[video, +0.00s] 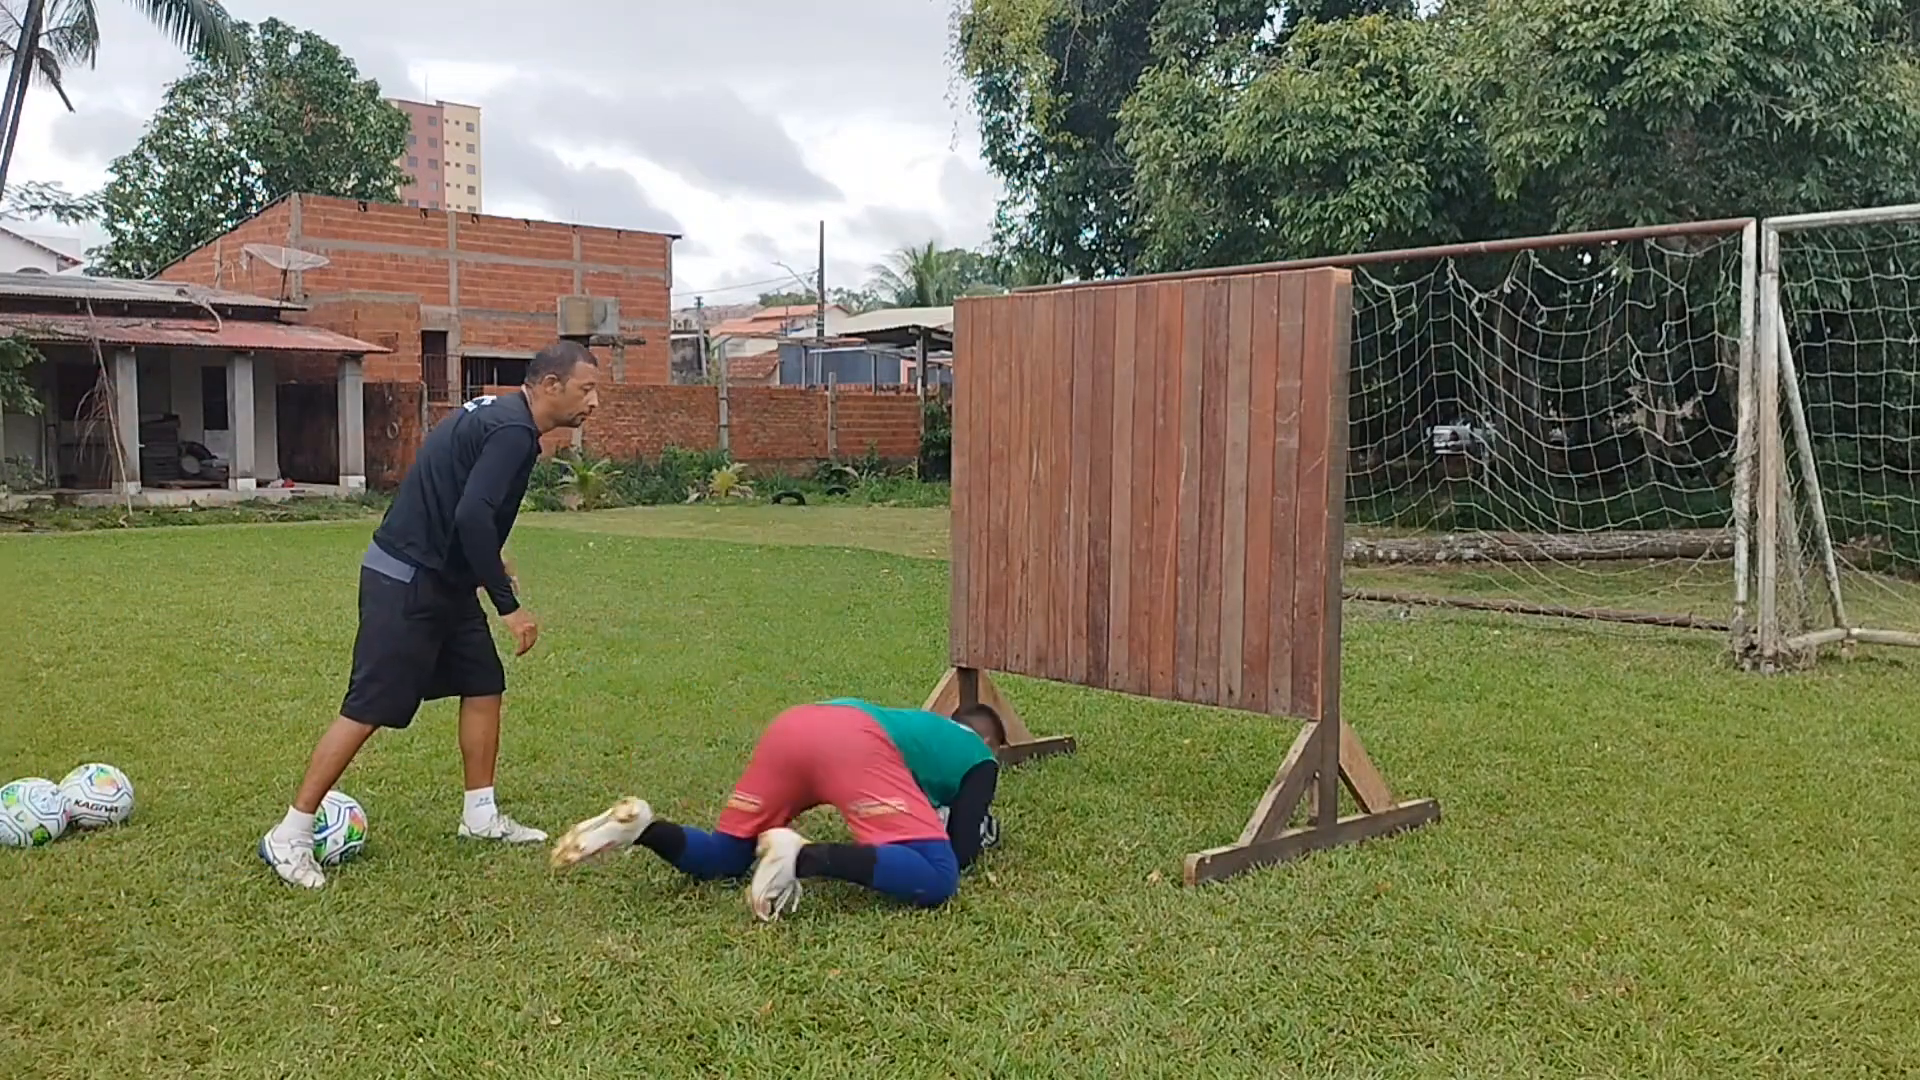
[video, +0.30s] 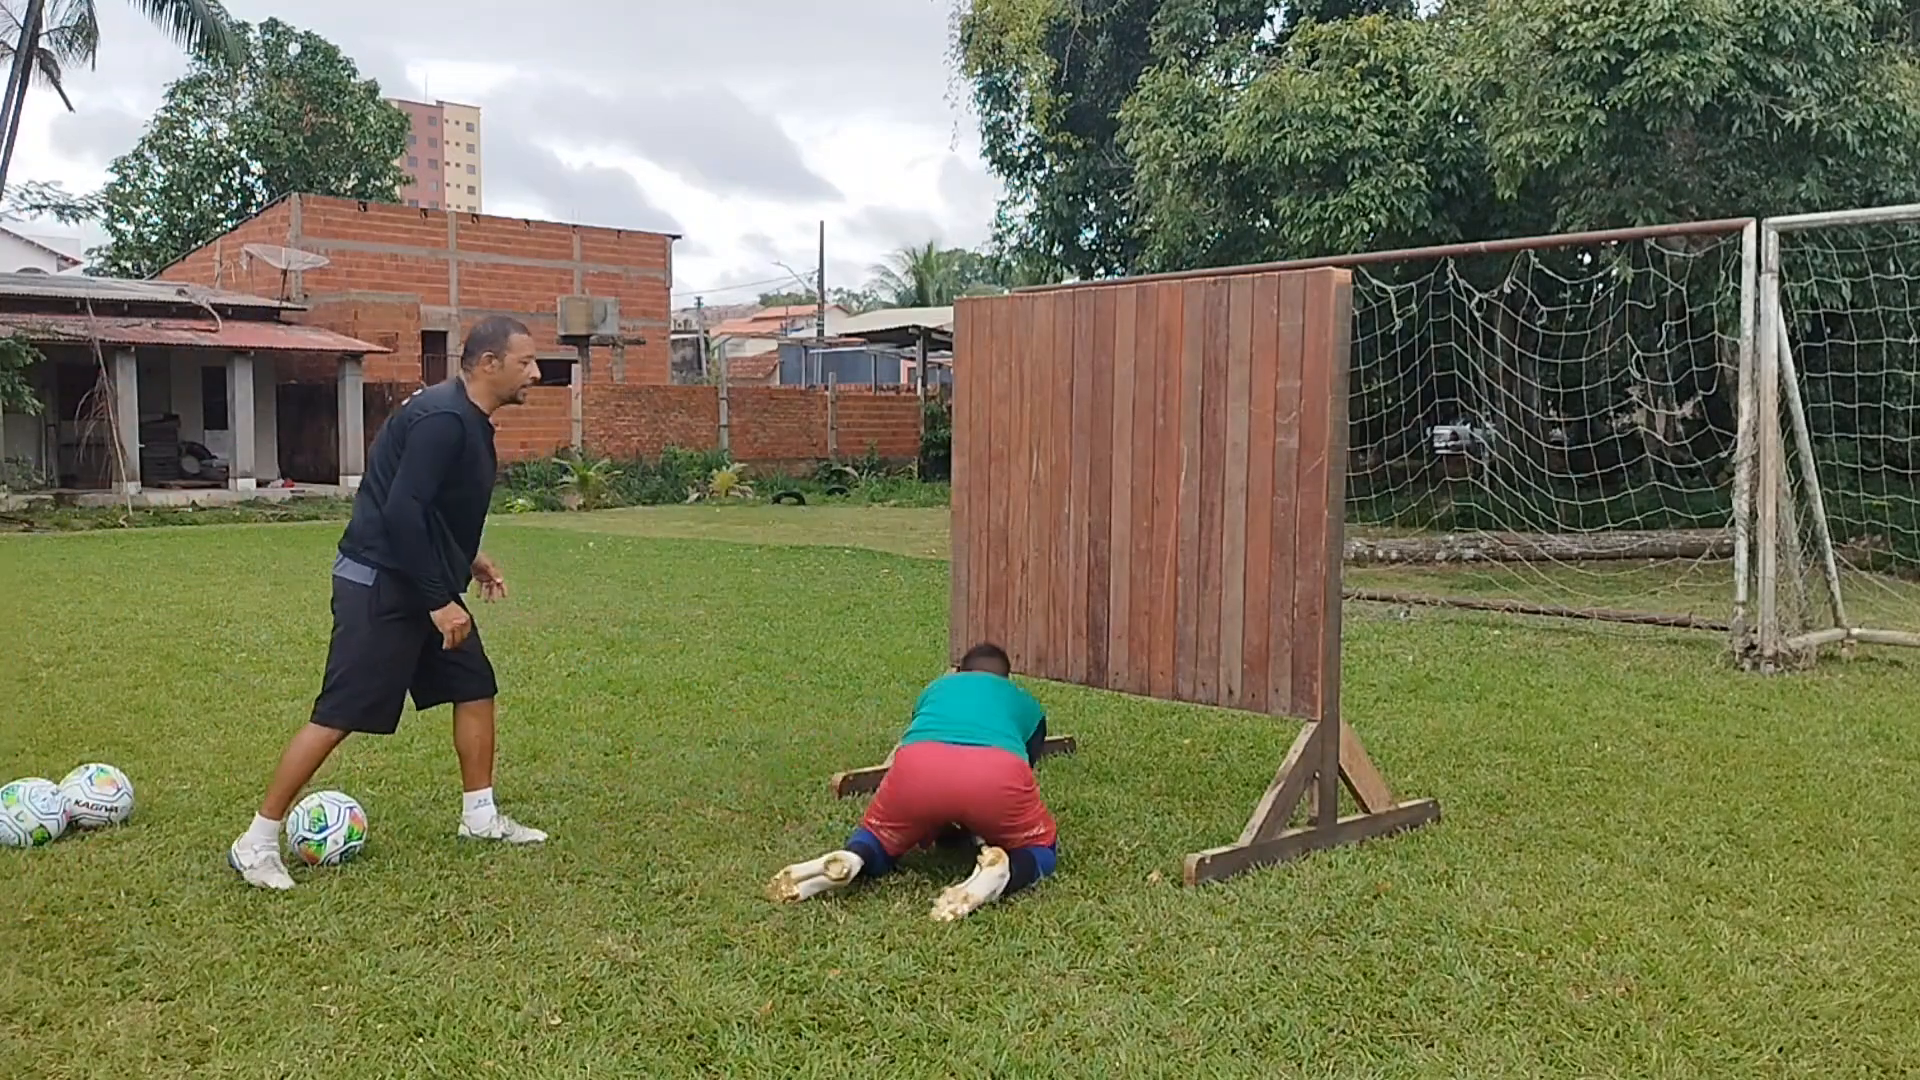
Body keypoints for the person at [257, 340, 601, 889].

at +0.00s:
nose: (592, 402)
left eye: (594, 392)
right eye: (586, 390)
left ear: (546, 388)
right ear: (548, 385)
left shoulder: (504, 417)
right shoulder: (513, 433)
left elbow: (459, 500)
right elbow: (473, 516)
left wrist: (489, 557)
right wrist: (509, 605)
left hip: (447, 580)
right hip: (404, 576)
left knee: (483, 684)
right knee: (370, 704)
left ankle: (480, 817)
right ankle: (290, 834)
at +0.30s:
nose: (535, 373)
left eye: (534, 362)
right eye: (527, 362)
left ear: (491, 366)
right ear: (489, 363)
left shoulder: (471, 420)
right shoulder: (441, 419)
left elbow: (436, 505)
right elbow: (403, 511)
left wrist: (469, 556)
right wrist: (441, 599)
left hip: (424, 586)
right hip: (375, 583)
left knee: (476, 686)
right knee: (340, 711)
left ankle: (480, 817)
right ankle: (258, 839)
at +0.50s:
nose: (457, 357)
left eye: (457, 346)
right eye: (449, 346)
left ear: (417, 350)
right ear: (413, 349)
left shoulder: (403, 413)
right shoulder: (362, 416)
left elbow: (375, 504)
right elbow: (339, 517)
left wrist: (419, 548)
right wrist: (405, 587)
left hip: (380, 593)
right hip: (327, 593)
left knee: (431, 699)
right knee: (290, 721)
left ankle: (472, 817)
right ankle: (244, 854)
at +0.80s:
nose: (378, 329)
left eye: (374, 317)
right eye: (367, 318)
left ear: (333, 328)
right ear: (329, 327)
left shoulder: (334, 398)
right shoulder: (287, 401)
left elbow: (353, 490)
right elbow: (298, 504)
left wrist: (422, 490)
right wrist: (402, 509)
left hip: (348, 586)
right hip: (294, 590)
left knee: (395, 694)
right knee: (274, 720)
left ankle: (398, 825)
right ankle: (241, 856)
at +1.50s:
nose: (342, 327)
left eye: (339, 315)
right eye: (331, 316)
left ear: (295, 326)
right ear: (291, 325)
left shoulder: (301, 392)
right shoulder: (255, 397)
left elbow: (316, 481)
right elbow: (278, 499)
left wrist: (376, 481)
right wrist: (374, 496)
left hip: (328, 580)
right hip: (277, 586)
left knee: (367, 699)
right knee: (264, 722)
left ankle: (396, 825)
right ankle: (240, 855)